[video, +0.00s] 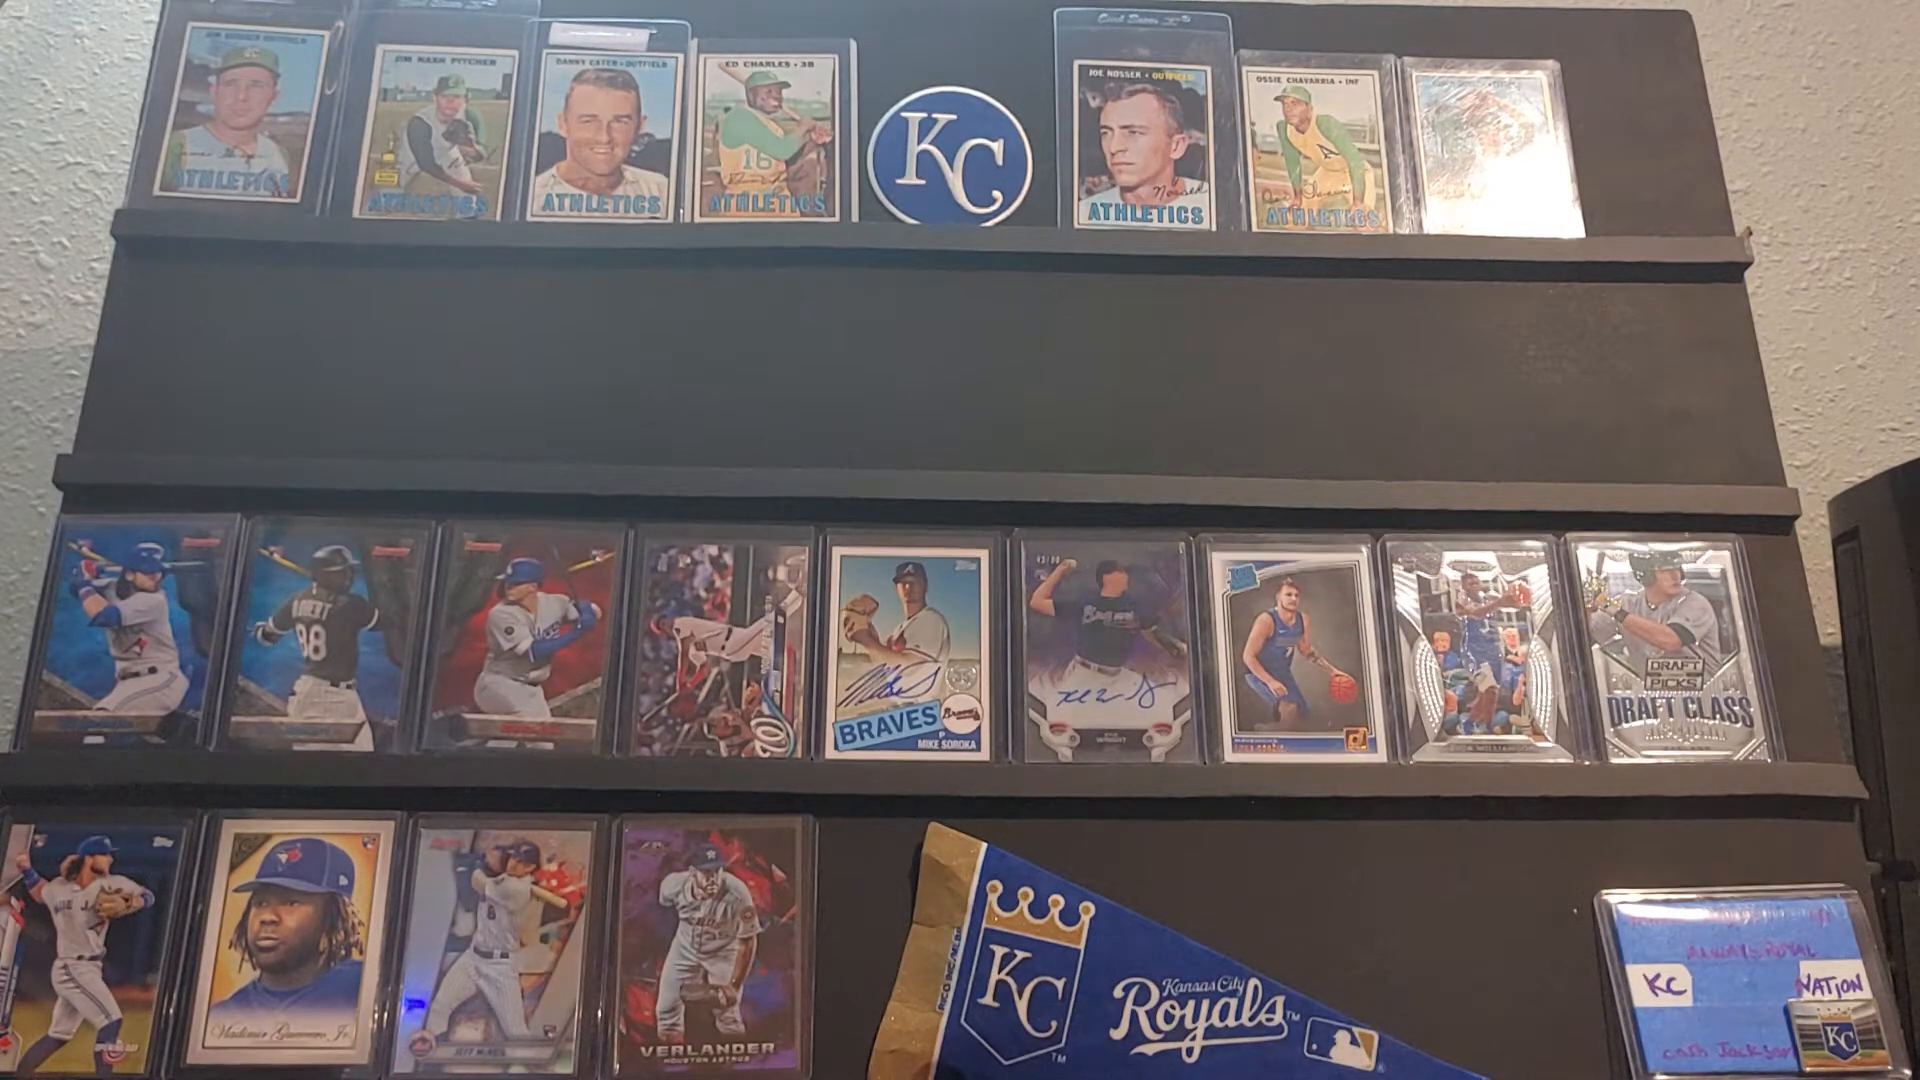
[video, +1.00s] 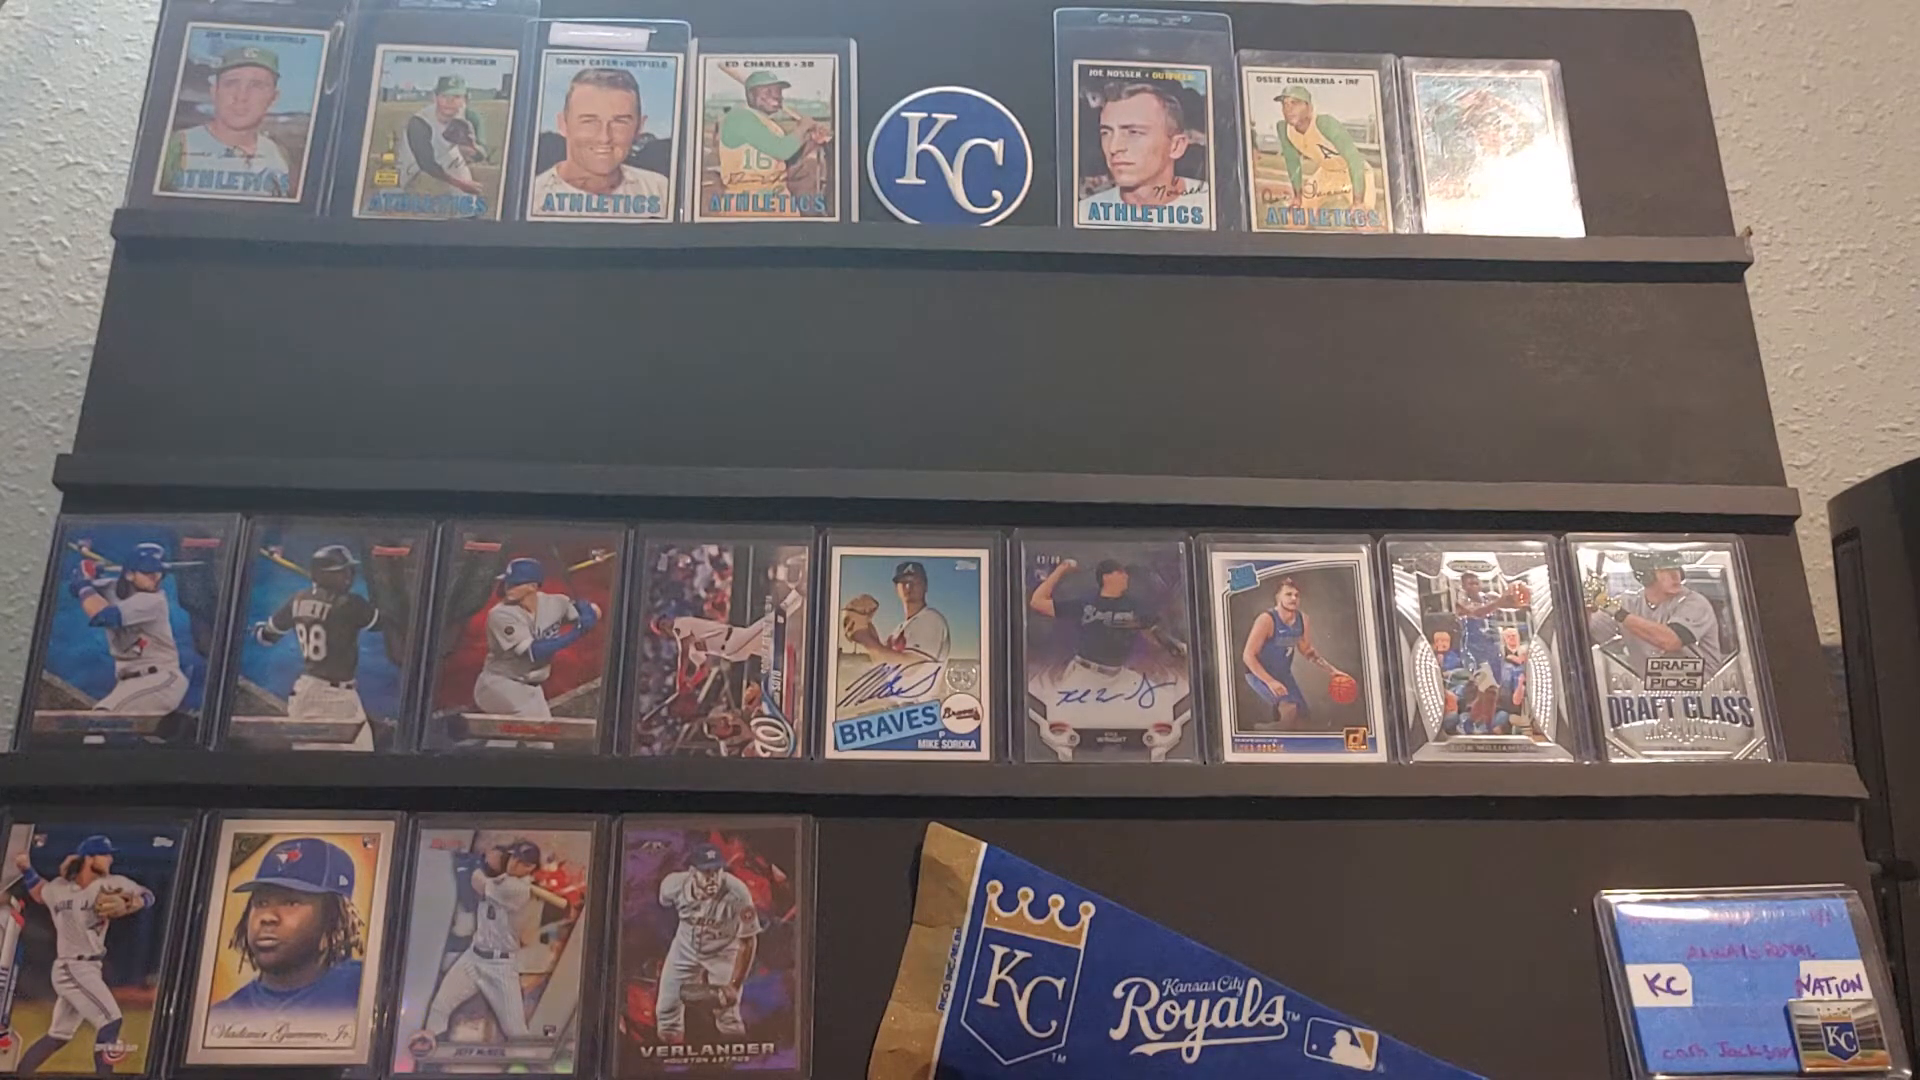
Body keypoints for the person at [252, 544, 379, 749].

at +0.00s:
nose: (350, 577)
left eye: (350, 571)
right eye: (346, 572)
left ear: (320, 574)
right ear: (334, 575)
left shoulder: (299, 601)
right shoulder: (352, 605)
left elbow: (267, 637)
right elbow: (387, 622)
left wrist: (259, 630)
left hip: (305, 693)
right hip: (341, 697)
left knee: (306, 764)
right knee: (361, 765)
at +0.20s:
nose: (350, 578)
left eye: (350, 572)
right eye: (346, 572)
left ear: (319, 575)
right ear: (335, 575)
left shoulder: (299, 600)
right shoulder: (351, 604)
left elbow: (267, 637)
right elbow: (384, 622)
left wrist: (259, 631)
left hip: (305, 694)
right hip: (341, 698)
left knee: (306, 765)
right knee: (360, 767)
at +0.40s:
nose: (350, 578)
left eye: (350, 572)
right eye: (347, 572)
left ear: (319, 575)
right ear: (335, 575)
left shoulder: (299, 600)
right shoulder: (351, 604)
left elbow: (267, 637)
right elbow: (384, 621)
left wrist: (259, 630)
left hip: (305, 694)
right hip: (341, 698)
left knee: (306, 766)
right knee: (360, 767)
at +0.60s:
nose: (350, 578)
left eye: (350, 572)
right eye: (346, 572)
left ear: (319, 575)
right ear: (335, 575)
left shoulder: (299, 601)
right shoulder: (351, 605)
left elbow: (267, 637)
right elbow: (388, 621)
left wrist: (259, 630)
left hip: (306, 694)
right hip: (342, 698)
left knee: (306, 766)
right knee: (359, 767)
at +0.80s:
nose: (350, 578)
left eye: (350, 572)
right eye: (347, 572)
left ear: (319, 575)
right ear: (336, 575)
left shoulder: (299, 601)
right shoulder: (350, 605)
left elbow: (267, 637)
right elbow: (388, 621)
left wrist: (259, 630)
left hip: (306, 694)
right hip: (342, 698)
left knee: (307, 766)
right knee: (360, 768)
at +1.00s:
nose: (350, 577)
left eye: (350, 572)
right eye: (346, 572)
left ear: (319, 575)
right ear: (335, 575)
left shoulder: (299, 600)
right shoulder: (351, 605)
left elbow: (267, 637)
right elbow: (388, 622)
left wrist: (259, 630)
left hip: (305, 694)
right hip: (342, 699)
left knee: (307, 767)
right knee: (360, 768)